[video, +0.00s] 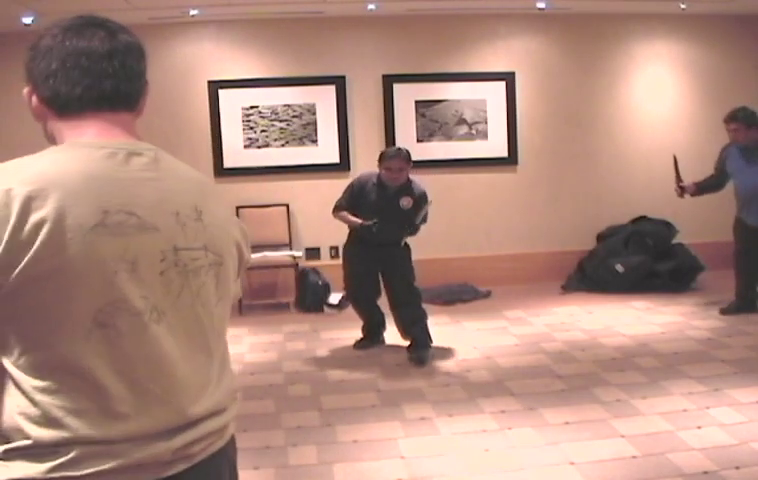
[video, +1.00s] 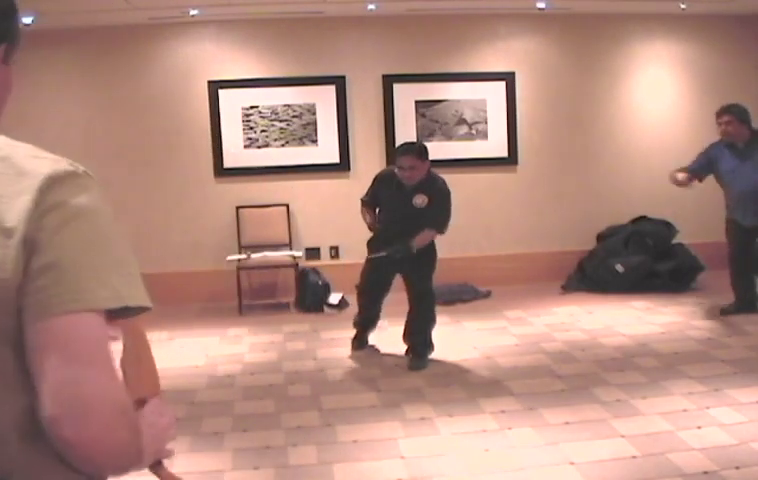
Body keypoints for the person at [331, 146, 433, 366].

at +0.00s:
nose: (393, 175)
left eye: (399, 170)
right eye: (388, 169)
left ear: (409, 170)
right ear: (379, 168)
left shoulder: (417, 194)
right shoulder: (364, 182)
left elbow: (413, 229)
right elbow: (338, 210)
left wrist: (408, 213)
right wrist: (358, 222)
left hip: (393, 248)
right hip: (360, 247)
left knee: (404, 296)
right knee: (359, 294)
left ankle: (419, 344)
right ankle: (373, 331)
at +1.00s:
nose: (405, 174)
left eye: (411, 168)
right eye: (400, 168)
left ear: (426, 166)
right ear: (395, 165)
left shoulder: (438, 188)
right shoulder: (385, 179)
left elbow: (435, 227)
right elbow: (367, 203)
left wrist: (409, 247)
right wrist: (372, 222)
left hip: (418, 246)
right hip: (383, 242)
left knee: (421, 298)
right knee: (369, 291)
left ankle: (418, 350)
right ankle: (362, 329)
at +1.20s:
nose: (405, 169)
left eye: (411, 163)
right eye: (400, 163)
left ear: (424, 161)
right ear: (394, 162)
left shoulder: (437, 185)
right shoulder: (383, 179)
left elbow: (453, 223)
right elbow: (361, 209)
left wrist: (438, 254)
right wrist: (367, 243)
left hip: (420, 249)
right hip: (384, 248)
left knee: (423, 302)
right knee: (369, 294)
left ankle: (419, 350)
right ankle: (362, 329)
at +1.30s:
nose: (405, 166)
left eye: (411, 160)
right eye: (399, 161)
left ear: (422, 159)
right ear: (392, 161)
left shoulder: (435, 183)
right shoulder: (381, 179)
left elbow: (457, 217)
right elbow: (355, 207)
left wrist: (452, 249)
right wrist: (351, 237)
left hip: (420, 250)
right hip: (383, 249)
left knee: (424, 303)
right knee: (372, 297)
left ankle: (420, 351)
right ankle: (366, 336)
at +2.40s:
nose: (396, 171)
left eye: (401, 165)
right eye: (390, 167)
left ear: (407, 160)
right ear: (376, 163)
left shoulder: (417, 178)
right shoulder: (362, 182)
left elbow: (437, 205)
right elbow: (334, 215)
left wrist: (415, 220)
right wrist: (329, 244)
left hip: (411, 246)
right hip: (378, 248)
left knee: (419, 298)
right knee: (380, 302)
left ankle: (421, 346)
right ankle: (381, 350)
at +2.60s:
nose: (398, 171)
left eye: (402, 165)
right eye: (391, 167)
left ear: (408, 161)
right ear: (378, 164)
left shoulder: (419, 178)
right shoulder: (363, 182)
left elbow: (454, 196)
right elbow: (335, 215)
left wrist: (447, 214)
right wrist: (331, 245)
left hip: (412, 247)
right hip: (377, 249)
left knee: (419, 298)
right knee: (380, 302)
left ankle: (421, 346)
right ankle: (380, 351)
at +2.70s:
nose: (399, 171)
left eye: (404, 166)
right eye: (393, 167)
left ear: (410, 161)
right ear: (379, 164)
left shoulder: (420, 178)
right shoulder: (364, 182)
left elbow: (459, 191)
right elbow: (335, 214)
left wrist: (456, 210)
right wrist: (332, 244)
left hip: (412, 247)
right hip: (377, 249)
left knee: (419, 298)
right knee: (379, 302)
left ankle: (421, 346)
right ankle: (380, 351)